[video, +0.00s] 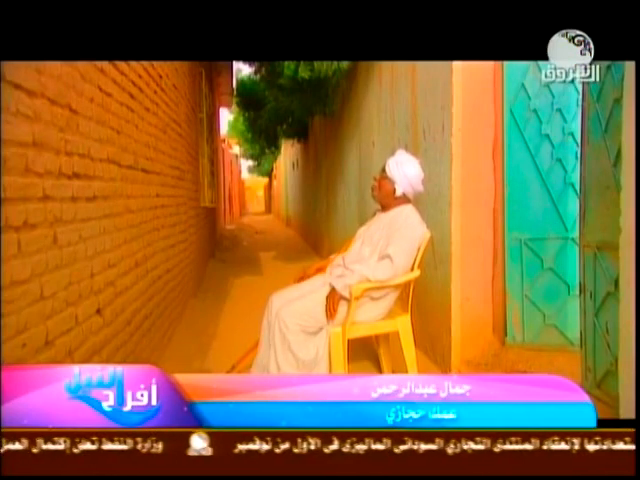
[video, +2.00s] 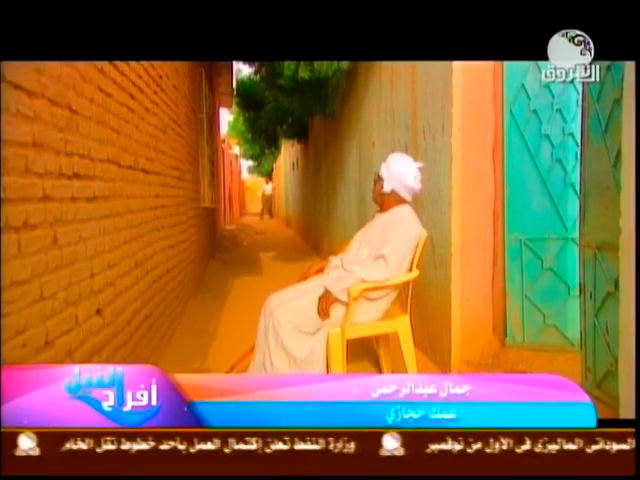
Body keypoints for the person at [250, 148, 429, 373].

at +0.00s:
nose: (375, 181)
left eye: (383, 178)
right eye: (379, 176)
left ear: (397, 188)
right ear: (394, 188)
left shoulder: (408, 221)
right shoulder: (385, 215)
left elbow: (392, 270)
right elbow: (354, 252)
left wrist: (342, 286)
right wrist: (325, 267)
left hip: (362, 295)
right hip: (342, 279)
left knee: (288, 317)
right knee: (277, 304)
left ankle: (291, 387)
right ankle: (268, 379)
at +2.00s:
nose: (373, 186)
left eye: (378, 181)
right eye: (376, 180)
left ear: (389, 187)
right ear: (394, 187)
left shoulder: (403, 221)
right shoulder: (387, 216)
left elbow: (387, 272)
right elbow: (356, 251)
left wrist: (336, 289)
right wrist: (326, 266)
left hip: (358, 297)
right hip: (341, 279)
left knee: (282, 315)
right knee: (274, 304)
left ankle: (282, 386)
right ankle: (268, 380)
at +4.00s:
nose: (365, 194)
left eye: (370, 188)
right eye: (365, 187)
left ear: (389, 193)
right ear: (386, 193)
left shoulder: (403, 224)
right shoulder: (386, 218)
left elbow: (387, 271)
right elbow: (357, 253)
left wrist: (336, 288)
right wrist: (326, 265)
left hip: (362, 299)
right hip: (343, 283)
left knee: (284, 315)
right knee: (274, 304)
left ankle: (289, 404)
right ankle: (265, 378)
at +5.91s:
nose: (382, 180)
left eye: (391, 176)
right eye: (380, 175)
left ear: (406, 186)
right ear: (376, 182)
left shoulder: (406, 223)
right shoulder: (381, 216)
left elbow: (388, 270)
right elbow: (354, 254)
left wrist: (335, 290)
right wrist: (325, 267)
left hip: (361, 300)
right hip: (341, 283)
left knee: (284, 315)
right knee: (274, 304)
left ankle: (289, 405)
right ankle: (265, 378)